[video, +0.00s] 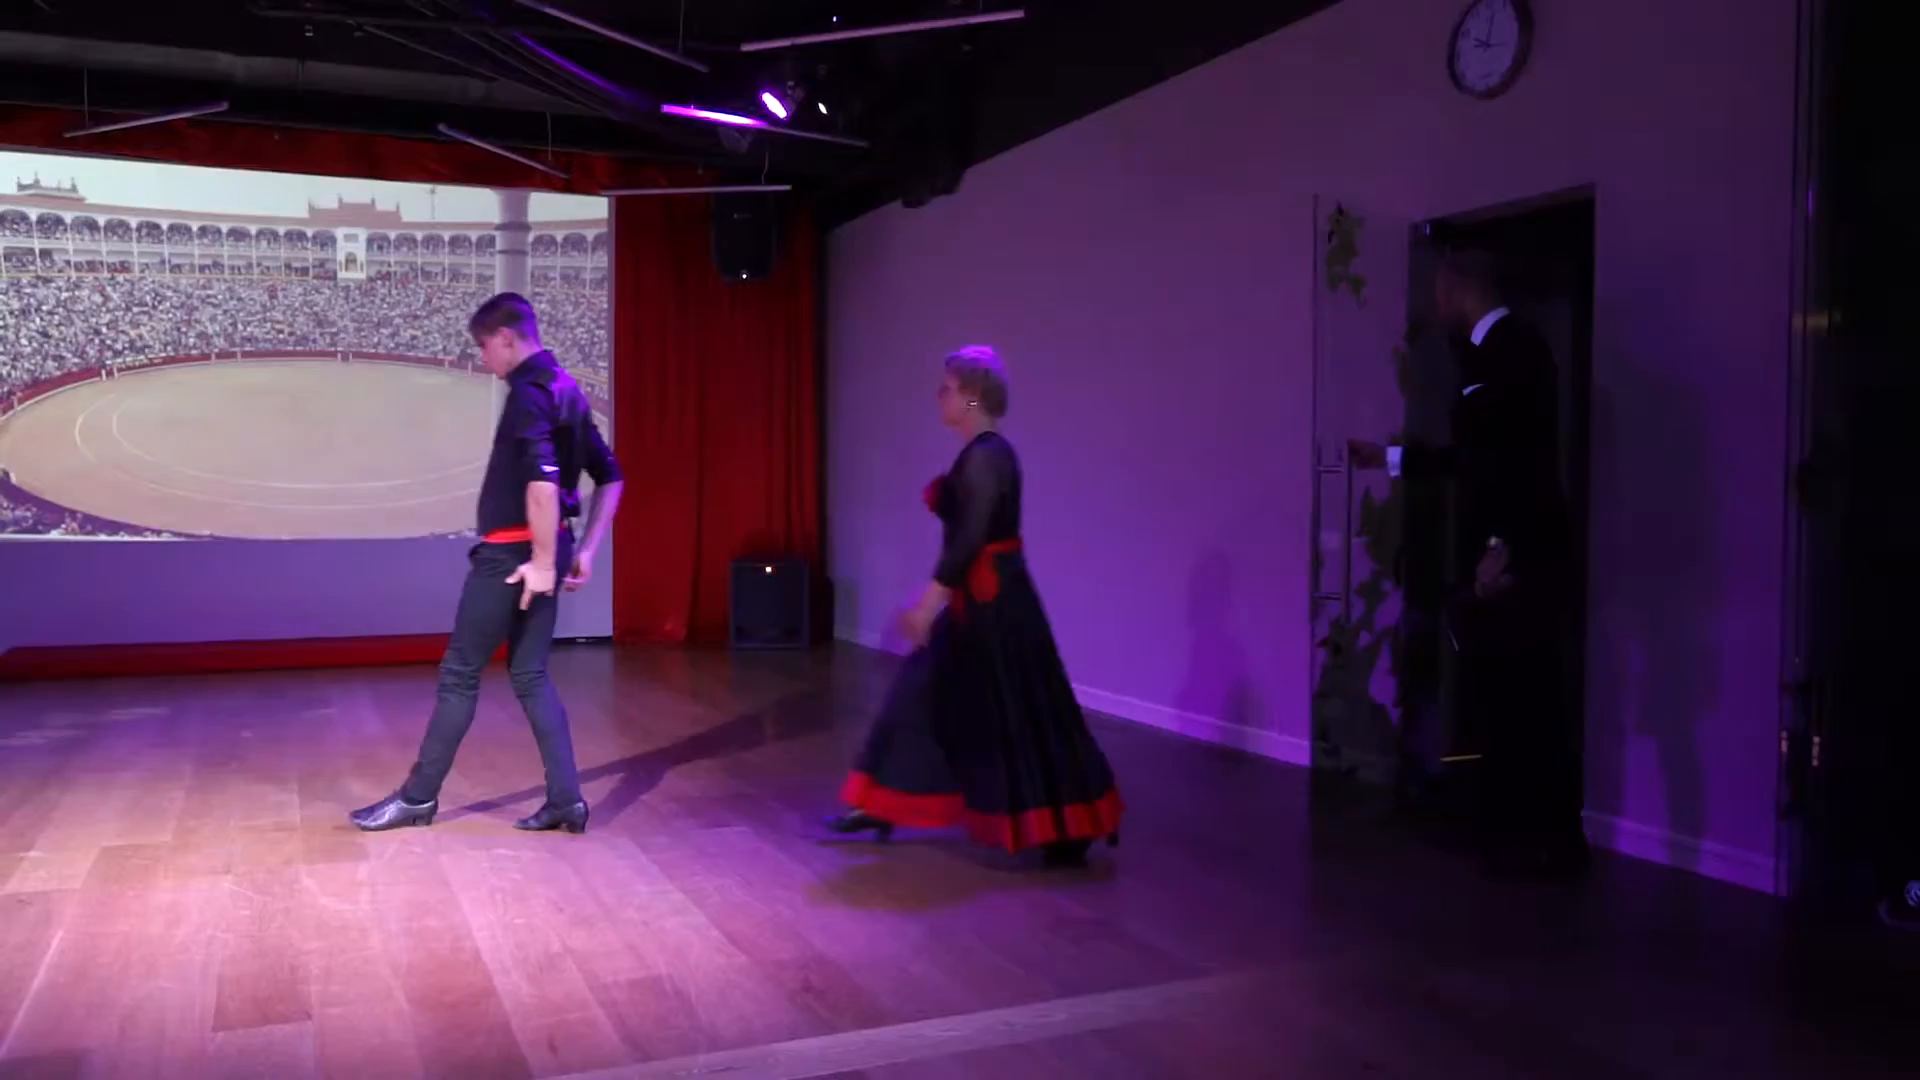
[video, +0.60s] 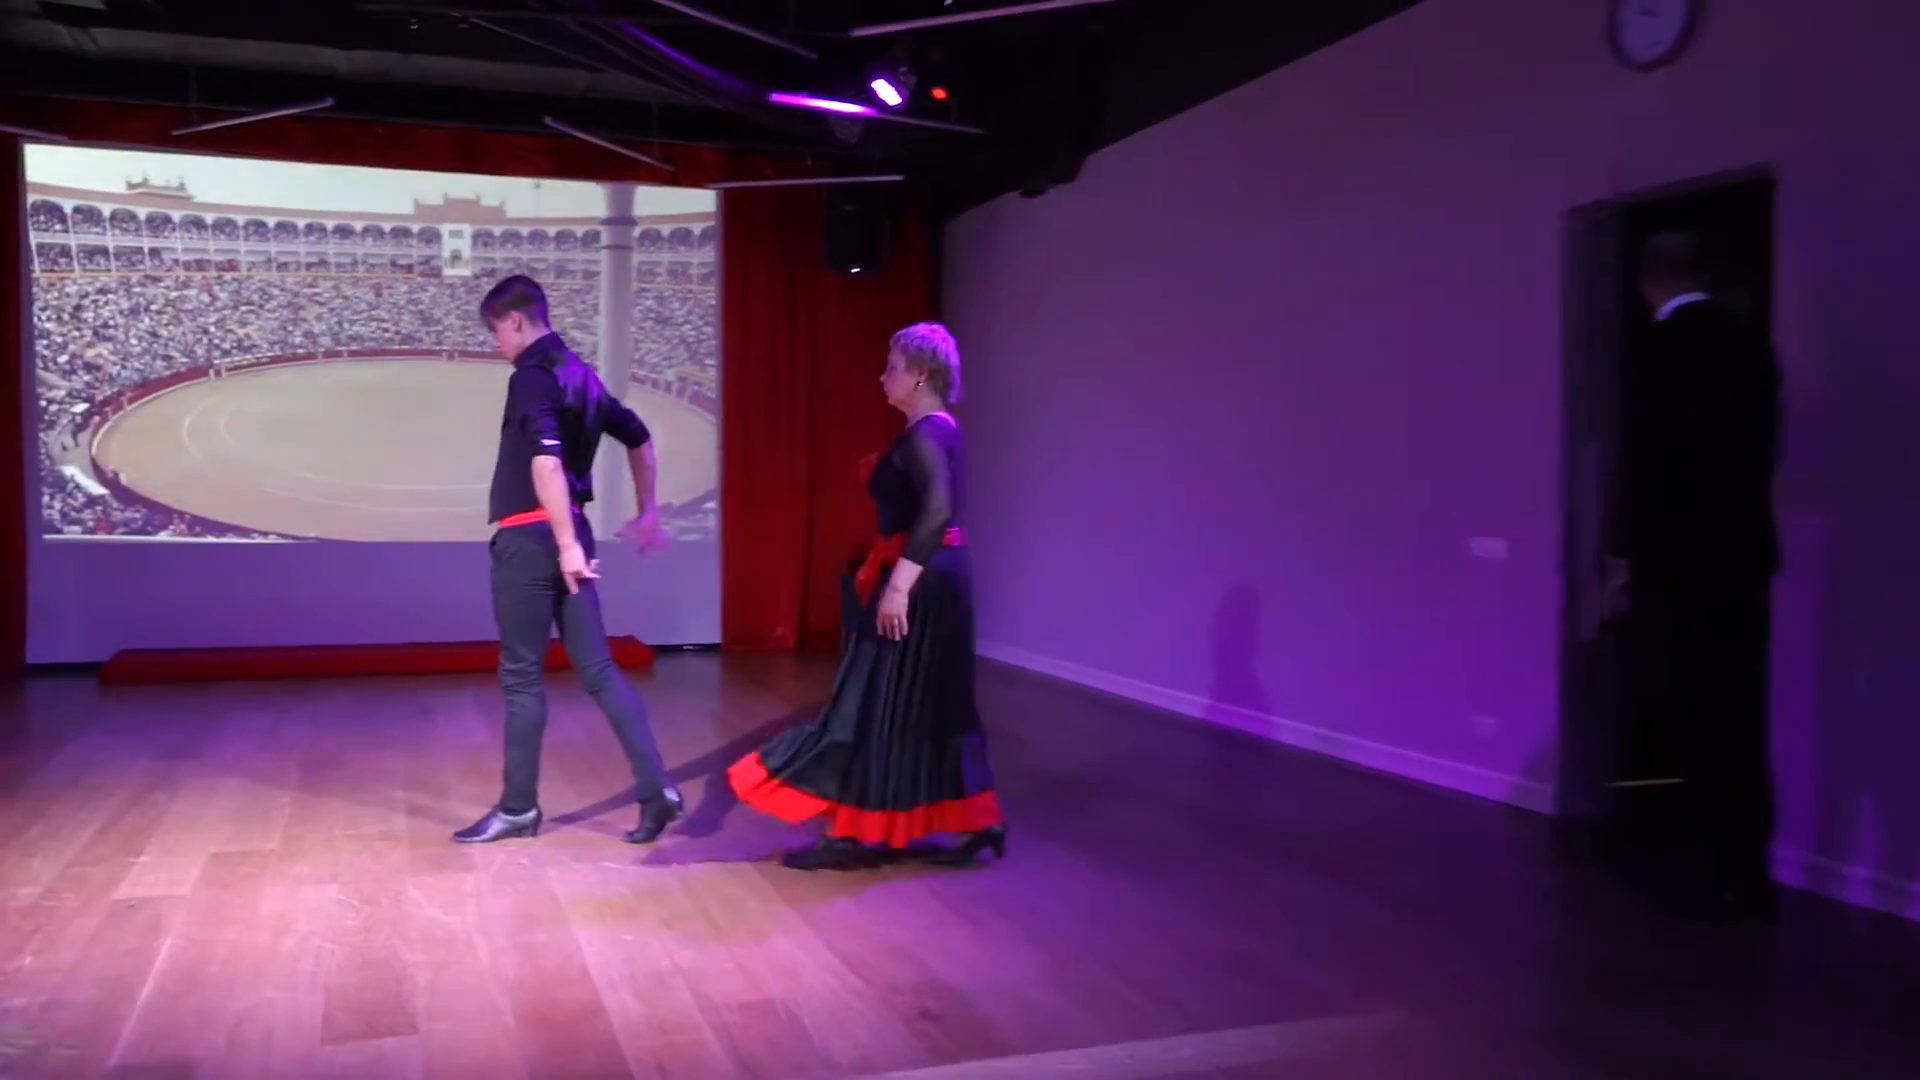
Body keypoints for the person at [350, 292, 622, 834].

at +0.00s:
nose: (482, 359)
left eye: (484, 346)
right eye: (480, 348)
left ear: (510, 337)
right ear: (520, 337)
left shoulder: (528, 393)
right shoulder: (566, 390)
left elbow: (543, 480)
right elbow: (610, 477)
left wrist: (544, 562)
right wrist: (587, 549)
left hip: (504, 557)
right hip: (545, 556)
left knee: (458, 676)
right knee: (530, 677)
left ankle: (417, 797)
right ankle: (566, 800)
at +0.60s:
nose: (495, 342)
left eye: (497, 330)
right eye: (493, 331)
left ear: (521, 320)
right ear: (539, 320)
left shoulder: (532, 375)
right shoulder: (581, 375)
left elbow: (547, 461)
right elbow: (637, 437)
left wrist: (568, 541)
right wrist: (647, 511)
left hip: (524, 540)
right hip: (569, 537)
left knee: (521, 677)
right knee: (598, 668)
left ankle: (518, 807)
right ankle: (657, 790)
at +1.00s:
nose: (583, 307)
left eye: (584, 293)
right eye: (580, 294)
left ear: (609, 281)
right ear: (629, 279)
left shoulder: (631, 345)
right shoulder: (681, 338)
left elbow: (657, 448)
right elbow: (684, 444)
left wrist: (693, 522)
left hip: (637, 545)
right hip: (678, 539)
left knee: (634, 708)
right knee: (721, 693)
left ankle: (629, 862)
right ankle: (788, 840)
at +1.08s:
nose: (607, 299)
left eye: (607, 284)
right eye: (603, 285)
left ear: (634, 271)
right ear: (653, 269)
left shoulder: (656, 338)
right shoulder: (705, 328)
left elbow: (686, 447)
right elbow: (706, 438)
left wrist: (727, 519)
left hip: (665, 545)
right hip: (706, 538)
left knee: (658, 715)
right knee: (753, 700)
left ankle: (654, 875)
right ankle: (821, 854)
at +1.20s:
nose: (647, 286)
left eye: (648, 271)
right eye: (644, 272)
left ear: (675, 260)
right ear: (694, 257)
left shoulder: (697, 330)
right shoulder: (739, 314)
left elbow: (731, 443)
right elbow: (703, 383)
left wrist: (777, 501)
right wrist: (649, 400)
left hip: (717, 549)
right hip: (760, 541)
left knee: (695, 722)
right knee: (805, 707)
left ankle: (697, 892)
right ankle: (872, 871)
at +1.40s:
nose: (699, 271)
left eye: (702, 255)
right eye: (697, 257)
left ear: (735, 247)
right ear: (758, 246)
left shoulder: (759, 319)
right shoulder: (785, 318)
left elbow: (810, 438)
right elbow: (674, 421)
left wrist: (834, 455)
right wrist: (567, 396)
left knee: (703, 725)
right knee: (879, 708)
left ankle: (752, 909)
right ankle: (938, 888)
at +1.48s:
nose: (701, 271)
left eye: (705, 255)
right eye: (698, 256)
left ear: (738, 247)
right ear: (761, 244)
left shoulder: (757, 319)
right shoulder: (797, 313)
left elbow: (797, 443)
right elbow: (709, 440)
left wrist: (837, 462)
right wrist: (680, 388)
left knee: (699, 728)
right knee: (857, 720)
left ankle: (757, 914)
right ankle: (921, 892)